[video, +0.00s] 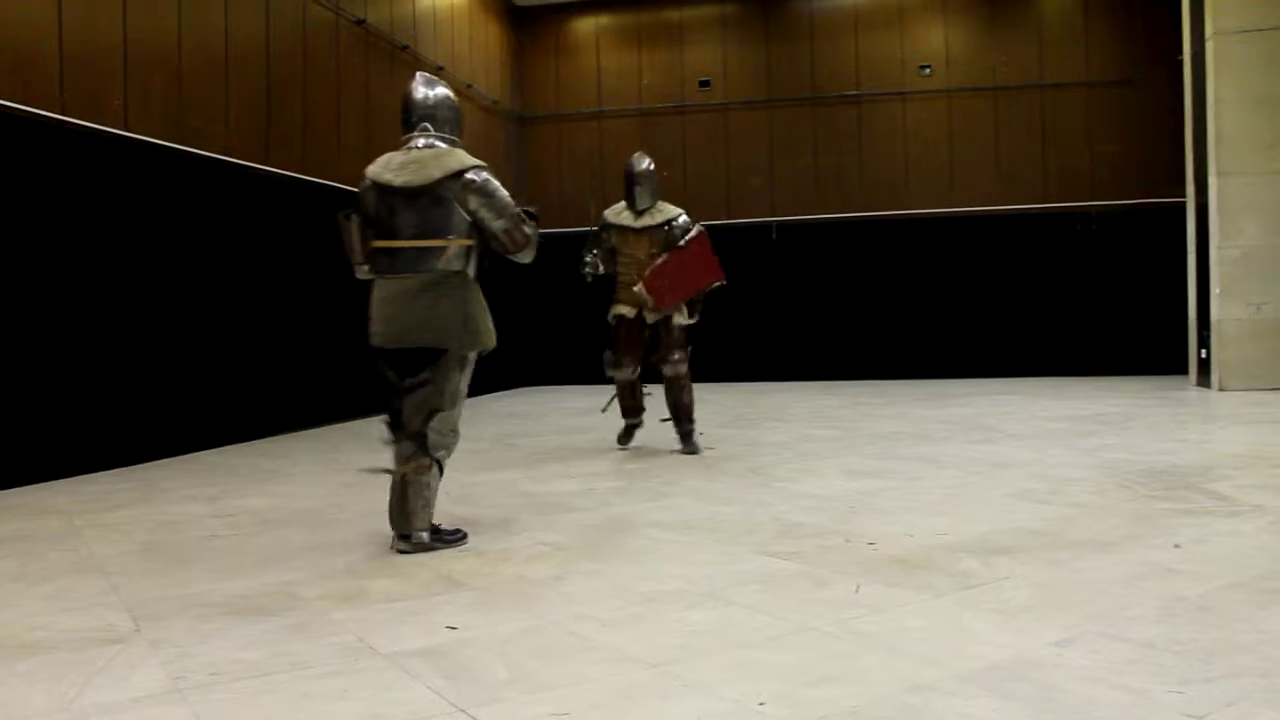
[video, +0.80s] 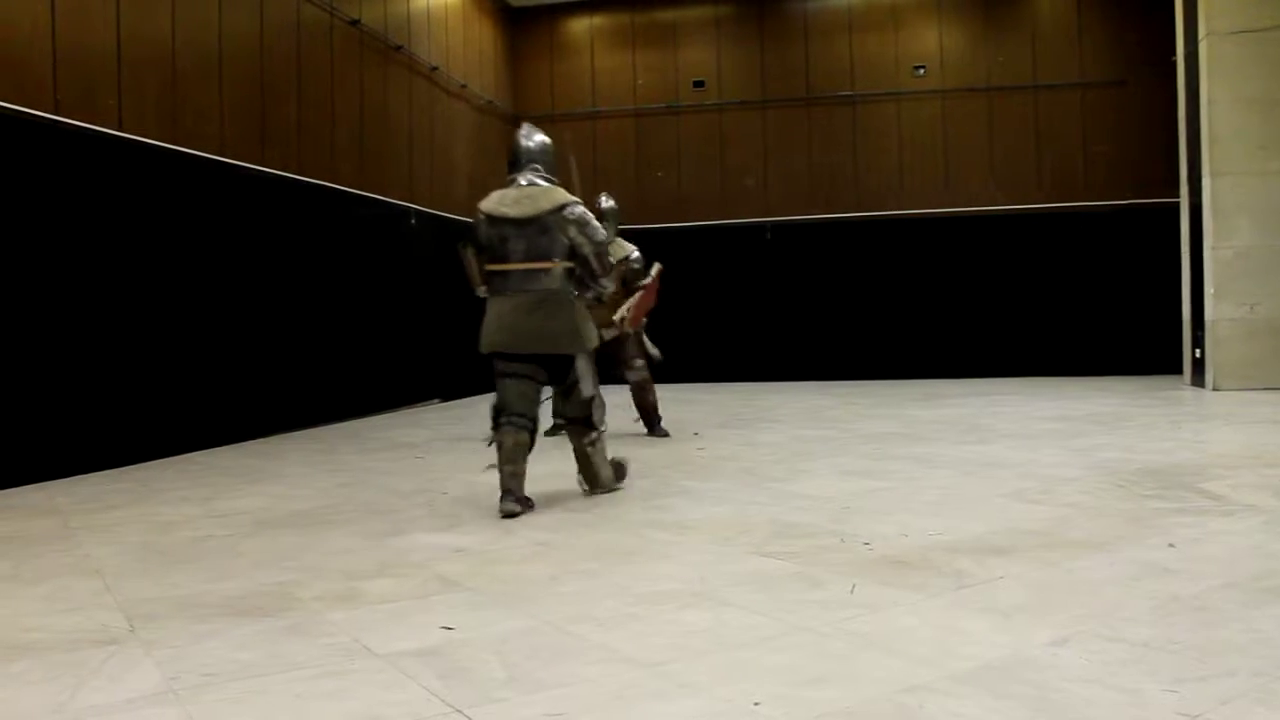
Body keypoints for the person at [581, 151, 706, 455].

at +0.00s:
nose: (640, 189)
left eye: (646, 182)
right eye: (635, 183)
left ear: (655, 182)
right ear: (626, 184)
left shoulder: (674, 219)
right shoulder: (612, 220)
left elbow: (693, 264)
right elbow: (598, 255)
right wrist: (594, 265)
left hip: (667, 307)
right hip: (627, 307)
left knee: (675, 368)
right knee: (623, 367)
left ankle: (686, 432)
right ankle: (631, 420)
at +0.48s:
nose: (618, 203)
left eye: (623, 196)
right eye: (613, 197)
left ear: (632, 197)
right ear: (606, 198)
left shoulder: (649, 230)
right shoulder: (592, 229)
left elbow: (665, 271)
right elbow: (582, 266)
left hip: (638, 311)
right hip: (601, 311)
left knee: (643, 365)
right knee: (601, 368)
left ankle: (652, 420)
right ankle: (607, 424)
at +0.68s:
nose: (617, 226)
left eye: (622, 220)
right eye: (612, 220)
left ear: (629, 220)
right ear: (605, 220)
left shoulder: (643, 253)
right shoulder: (589, 249)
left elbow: (664, 289)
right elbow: (574, 282)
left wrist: (655, 318)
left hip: (634, 324)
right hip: (596, 324)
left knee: (649, 372)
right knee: (580, 372)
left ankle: (653, 425)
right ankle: (565, 419)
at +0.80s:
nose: (605, 225)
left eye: (610, 219)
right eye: (600, 219)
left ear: (617, 220)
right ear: (592, 221)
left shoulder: (628, 253)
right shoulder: (576, 252)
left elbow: (641, 291)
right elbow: (567, 287)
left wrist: (632, 317)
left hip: (621, 320)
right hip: (584, 322)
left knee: (638, 370)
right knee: (572, 368)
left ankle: (654, 424)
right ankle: (562, 420)